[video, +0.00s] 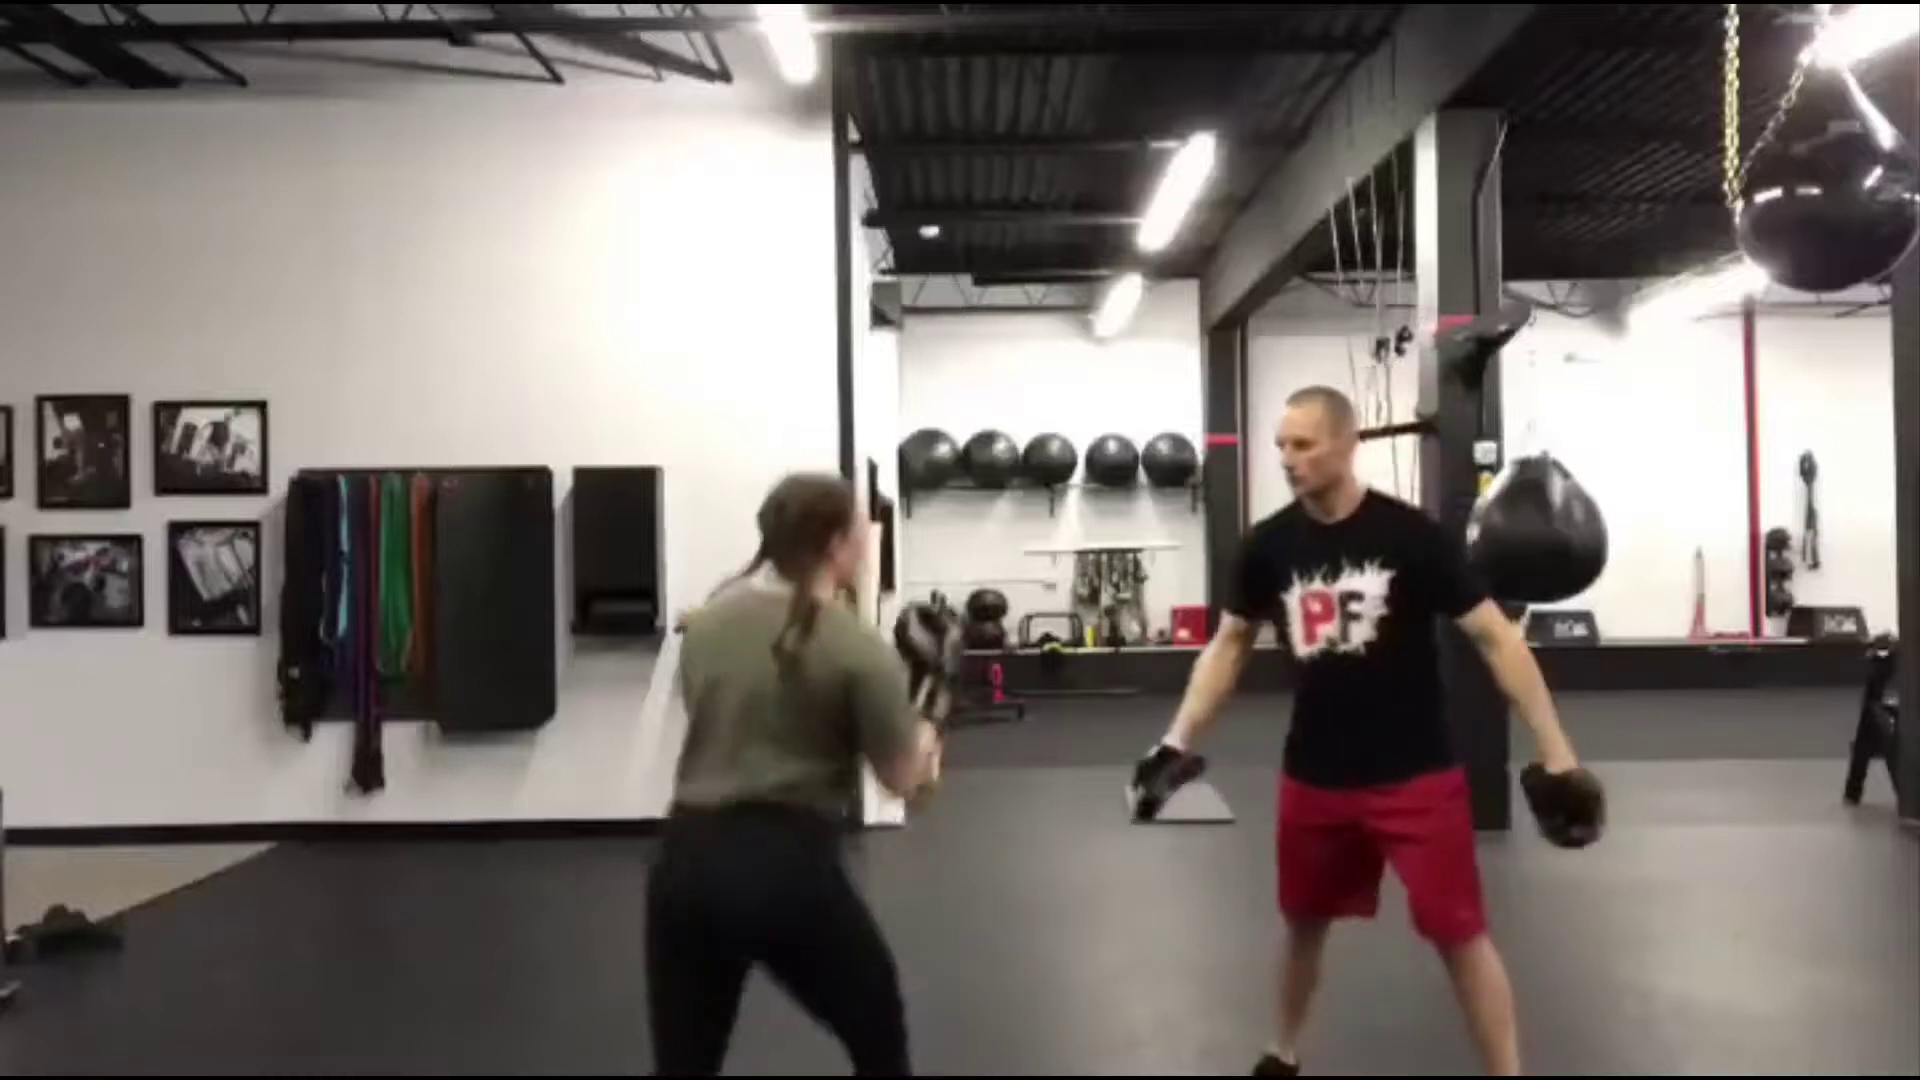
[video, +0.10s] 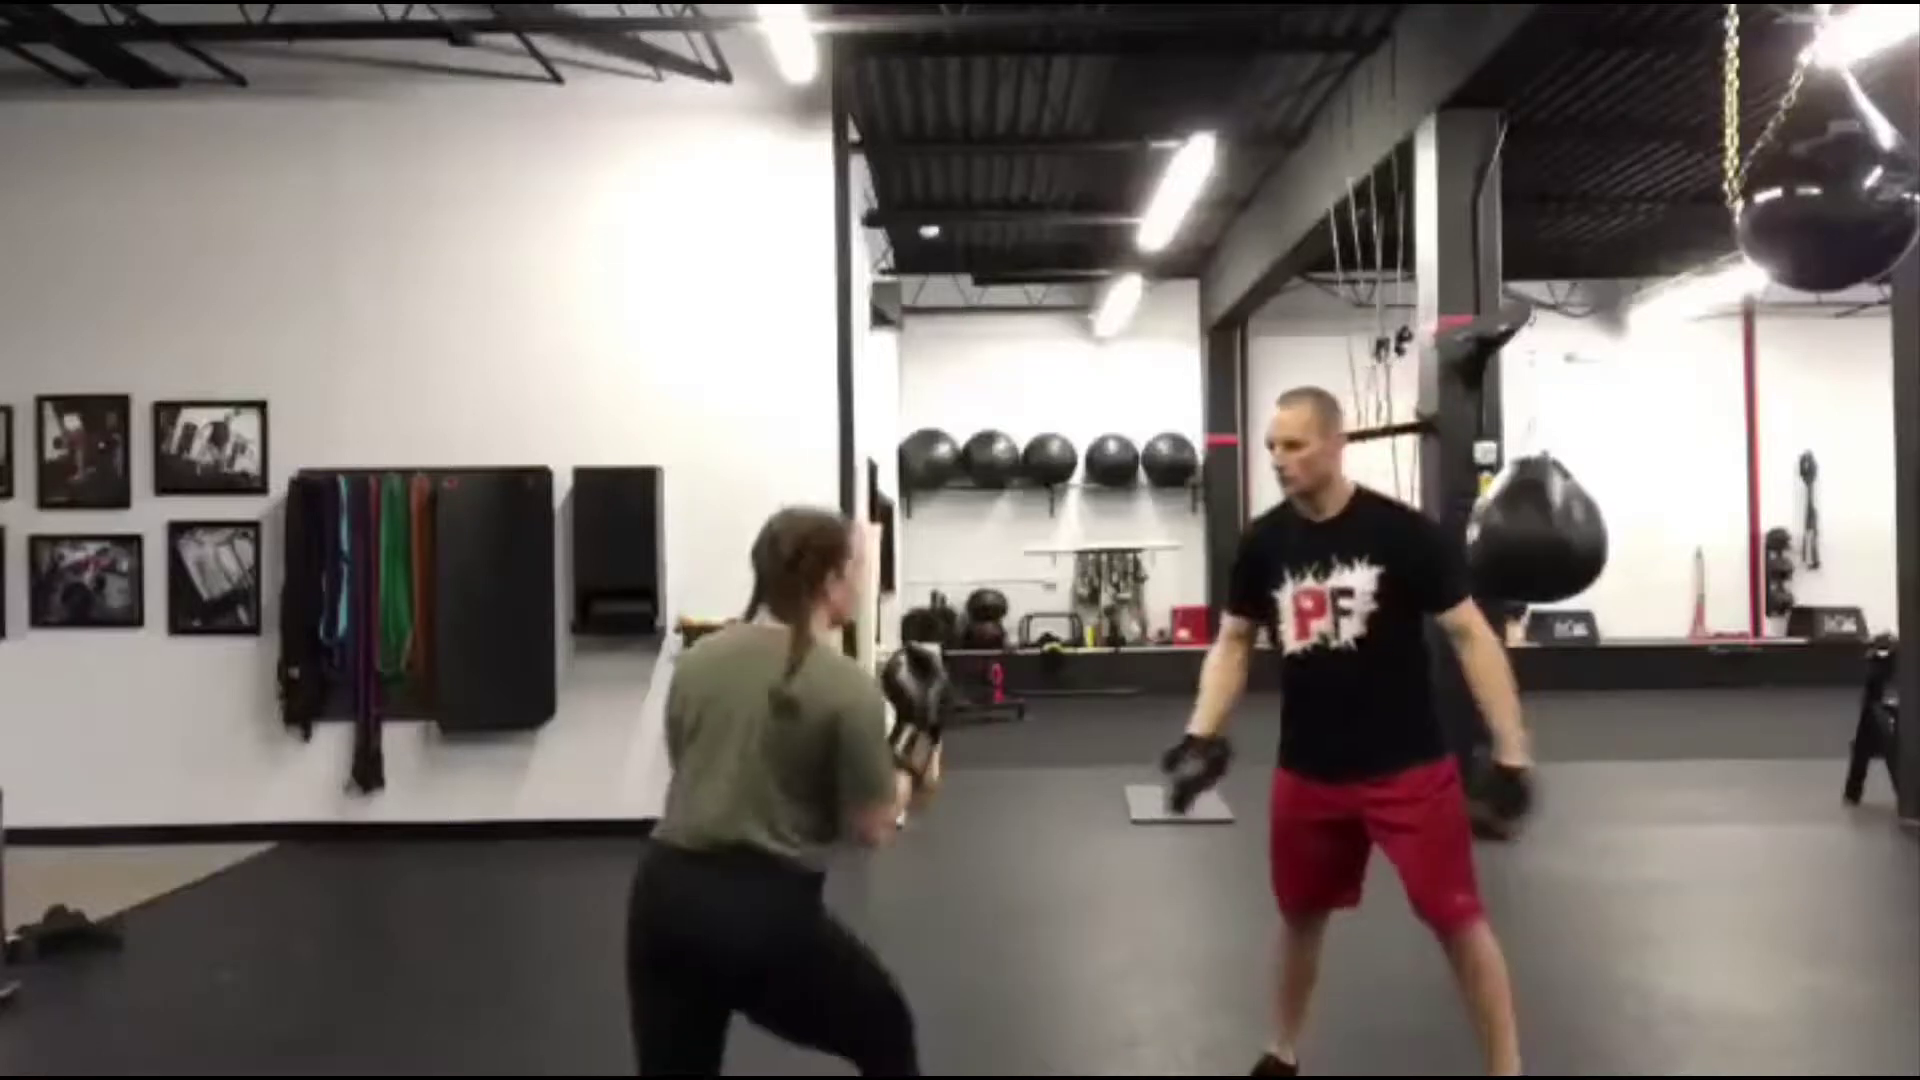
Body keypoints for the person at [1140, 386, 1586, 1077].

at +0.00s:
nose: (1289, 459)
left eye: (1304, 446)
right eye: (1283, 446)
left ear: (1350, 445)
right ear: (1280, 449)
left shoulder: (1416, 537)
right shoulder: (1269, 546)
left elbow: (1498, 638)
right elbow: (1228, 645)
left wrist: (1560, 761)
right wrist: (1178, 744)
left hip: (1418, 781)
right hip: (1315, 781)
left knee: (1460, 937)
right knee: (1302, 925)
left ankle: (1506, 1070)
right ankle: (1283, 1056)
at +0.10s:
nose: (1281, 460)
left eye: (1296, 446)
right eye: (1274, 447)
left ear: (1339, 445)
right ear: (1270, 450)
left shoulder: (1408, 534)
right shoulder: (1262, 544)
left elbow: (1473, 635)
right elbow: (1232, 643)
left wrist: (1511, 752)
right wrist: (1203, 733)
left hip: (1411, 772)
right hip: (1309, 775)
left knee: (1459, 923)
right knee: (1299, 919)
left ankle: (1505, 1065)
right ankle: (1283, 1054)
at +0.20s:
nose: (1284, 460)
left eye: (1297, 446)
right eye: (1277, 447)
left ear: (1340, 443)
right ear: (1274, 450)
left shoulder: (1405, 532)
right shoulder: (1265, 545)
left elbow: (1452, 643)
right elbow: (1244, 644)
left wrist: (1424, 745)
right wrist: (1251, 725)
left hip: (1403, 761)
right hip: (1310, 766)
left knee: (1459, 916)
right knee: (1298, 917)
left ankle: (1511, 1055)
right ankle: (1283, 1054)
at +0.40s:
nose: (1322, 465)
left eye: (1336, 452)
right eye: (1316, 453)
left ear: (1378, 451)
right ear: (1313, 458)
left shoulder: (1434, 534)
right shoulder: (1303, 548)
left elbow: (1449, 658)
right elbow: (1288, 642)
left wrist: (1345, 703)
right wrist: (1268, 713)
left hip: (1428, 769)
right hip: (1331, 771)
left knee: (1471, 918)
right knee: (1301, 914)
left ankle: (1499, 1044)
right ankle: (1281, 1055)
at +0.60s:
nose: (1343, 465)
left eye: (1356, 451)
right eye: (1336, 452)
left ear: (1398, 449)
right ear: (1331, 456)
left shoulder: (1454, 536)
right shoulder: (1320, 543)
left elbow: (1478, 657)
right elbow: (1304, 629)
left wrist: (1372, 692)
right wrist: (1278, 701)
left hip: (1442, 768)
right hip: (1343, 766)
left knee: (1479, 917)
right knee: (1304, 902)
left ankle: (1501, 1045)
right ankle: (1266, 1053)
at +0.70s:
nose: (1338, 466)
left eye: (1351, 452)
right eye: (1330, 454)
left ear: (1392, 451)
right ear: (1324, 459)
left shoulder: (1449, 542)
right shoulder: (1309, 548)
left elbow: (1478, 661)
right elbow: (1294, 637)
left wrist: (1379, 710)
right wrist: (1273, 713)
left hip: (1437, 770)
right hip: (1339, 770)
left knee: (1474, 917)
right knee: (1307, 915)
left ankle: (1498, 1044)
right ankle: (1269, 1061)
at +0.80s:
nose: (1326, 471)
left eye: (1339, 457)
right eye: (1317, 459)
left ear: (1379, 455)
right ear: (1311, 463)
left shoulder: (1434, 545)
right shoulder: (1291, 553)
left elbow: (1469, 664)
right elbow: (1269, 646)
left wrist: (1383, 728)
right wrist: (1260, 721)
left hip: (1425, 772)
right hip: (1324, 774)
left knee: (1472, 919)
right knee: (1293, 917)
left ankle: (1498, 1046)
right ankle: (1261, 1064)